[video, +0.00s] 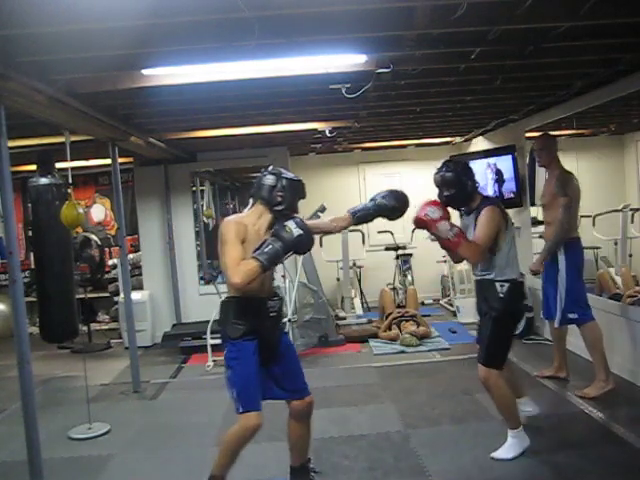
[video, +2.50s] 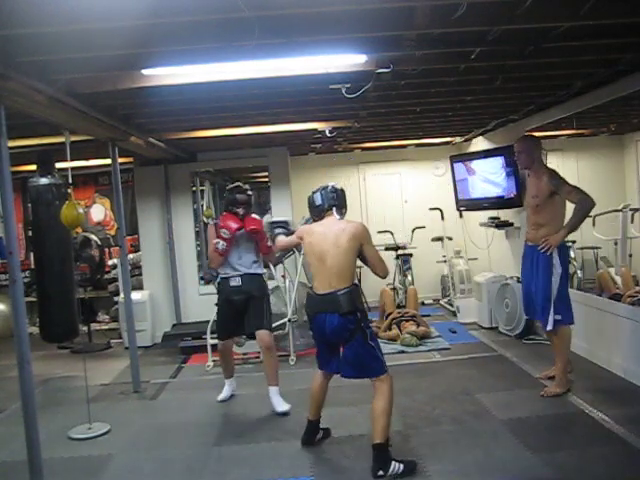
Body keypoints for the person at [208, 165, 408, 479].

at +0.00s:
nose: (295, 208)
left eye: (295, 202)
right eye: (291, 201)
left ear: (272, 196)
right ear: (275, 196)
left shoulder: (277, 224)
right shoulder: (232, 225)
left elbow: (330, 225)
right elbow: (238, 279)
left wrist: (373, 207)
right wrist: (278, 245)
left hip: (271, 325)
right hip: (241, 329)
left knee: (301, 403)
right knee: (251, 420)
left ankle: (300, 473)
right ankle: (215, 476)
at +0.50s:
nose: (323, 198)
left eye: (323, 192)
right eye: (322, 190)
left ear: (291, 187)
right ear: (314, 189)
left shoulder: (278, 221)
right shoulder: (292, 222)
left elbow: (302, 275)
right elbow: (319, 279)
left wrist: (326, 246)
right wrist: (336, 248)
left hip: (288, 322)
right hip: (288, 325)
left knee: (319, 402)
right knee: (292, 419)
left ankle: (325, 473)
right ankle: (251, 475)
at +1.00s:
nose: (369, 190)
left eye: (368, 184)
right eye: (367, 184)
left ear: (335, 183)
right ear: (359, 183)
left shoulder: (316, 217)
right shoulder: (364, 216)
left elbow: (299, 264)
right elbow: (394, 267)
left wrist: (321, 241)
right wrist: (399, 242)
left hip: (329, 309)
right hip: (357, 310)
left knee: (356, 387)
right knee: (370, 400)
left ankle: (349, 458)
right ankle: (360, 474)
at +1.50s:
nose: (375, 203)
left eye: (372, 199)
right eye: (374, 198)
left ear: (345, 200)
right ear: (371, 199)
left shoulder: (330, 228)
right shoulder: (381, 224)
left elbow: (304, 265)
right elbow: (408, 271)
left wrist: (327, 254)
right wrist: (397, 248)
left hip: (345, 312)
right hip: (375, 311)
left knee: (364, 367)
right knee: (397, 385)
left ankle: (357, 433)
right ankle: (395, 467)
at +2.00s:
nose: (366, 198)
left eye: (361, 195)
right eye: (365, 194)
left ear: (336, 197)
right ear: (360, 194)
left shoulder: (323, 222)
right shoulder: (373, 216)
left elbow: (296, 262)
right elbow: (396, 261)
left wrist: (321, 246)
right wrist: (397, 249)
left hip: (333, 300)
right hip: (364, 301)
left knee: (340, 361)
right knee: (380, 377)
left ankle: (330, 430)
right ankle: (380, 462)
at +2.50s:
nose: (343, 210)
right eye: (343, 205)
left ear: (315, 210)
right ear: (340, 207)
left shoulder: (305, 231)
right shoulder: (355, 229)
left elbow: (276, 247)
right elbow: (381, 271)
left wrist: (291, 238)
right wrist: (361, 248)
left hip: (317, 311)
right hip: (347, 310)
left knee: (324, 370)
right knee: (381, 379)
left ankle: (311, 431)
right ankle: (382, 461)